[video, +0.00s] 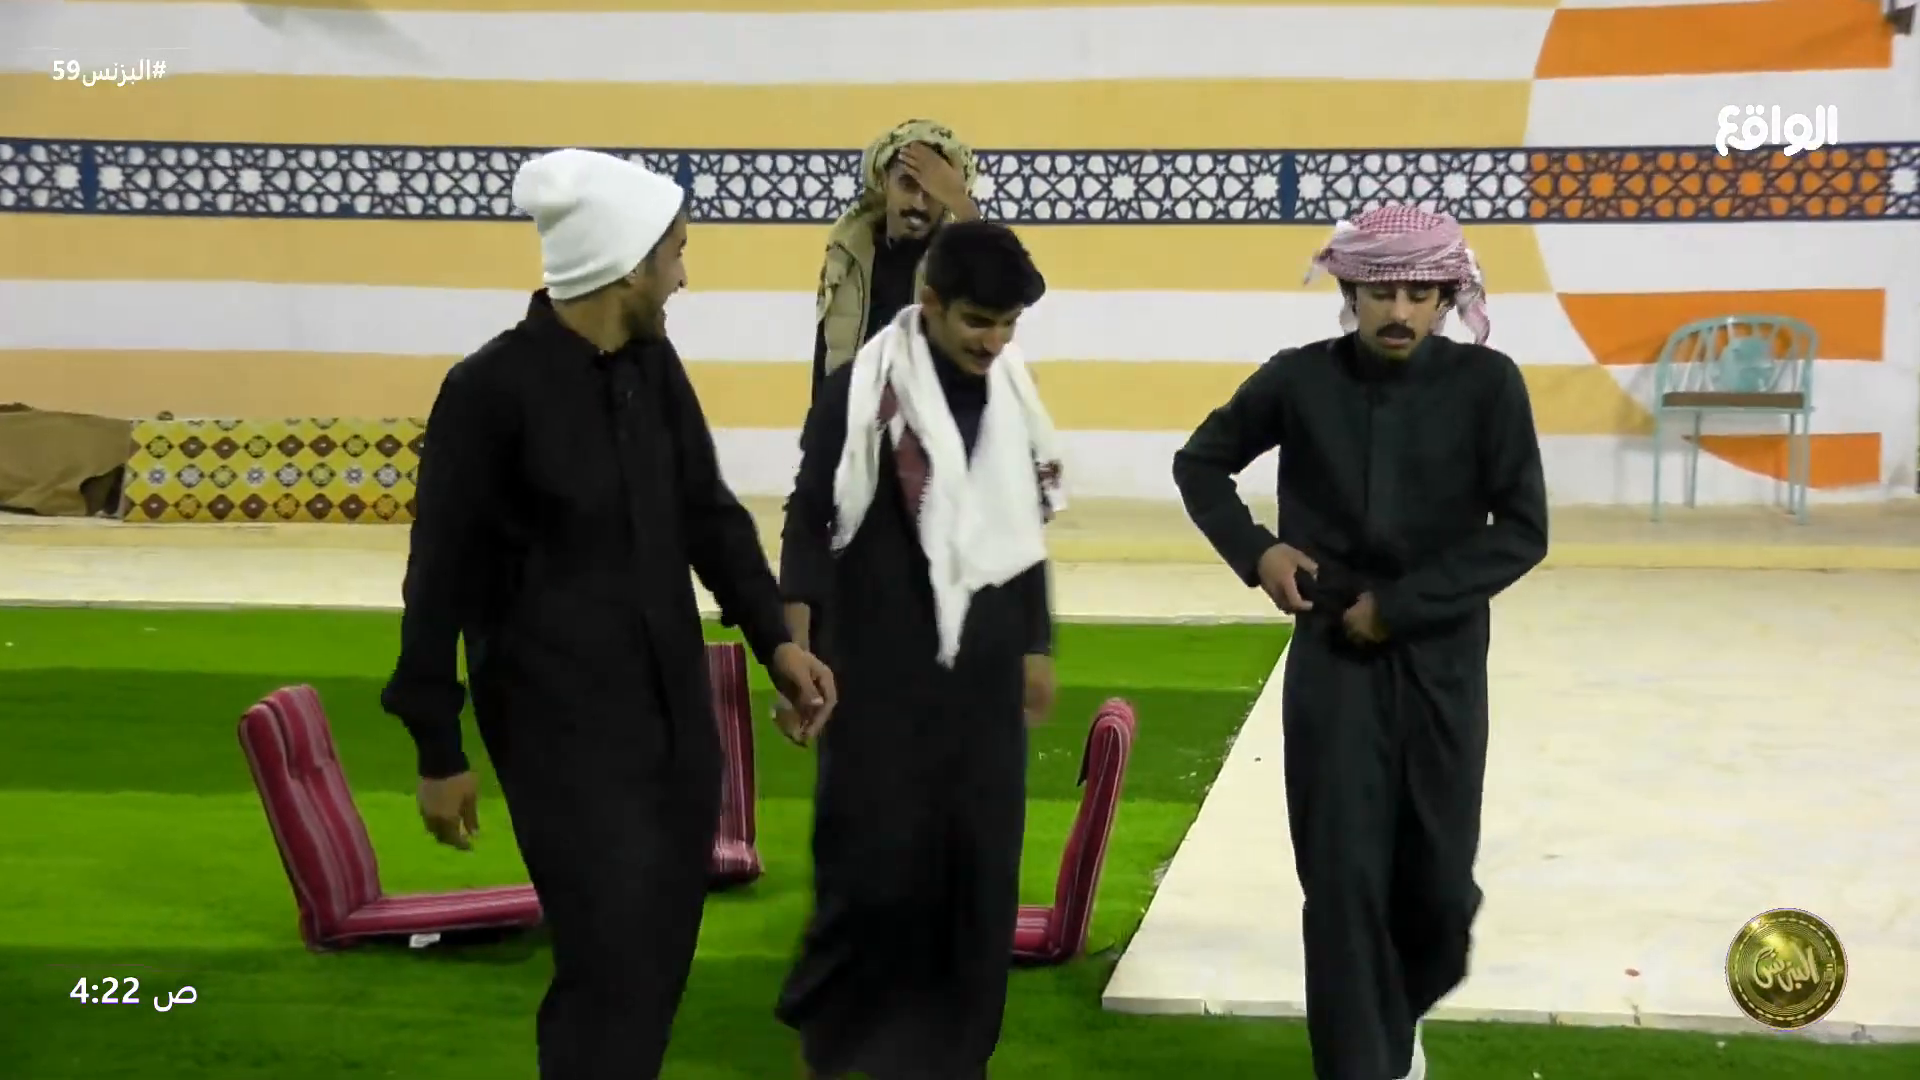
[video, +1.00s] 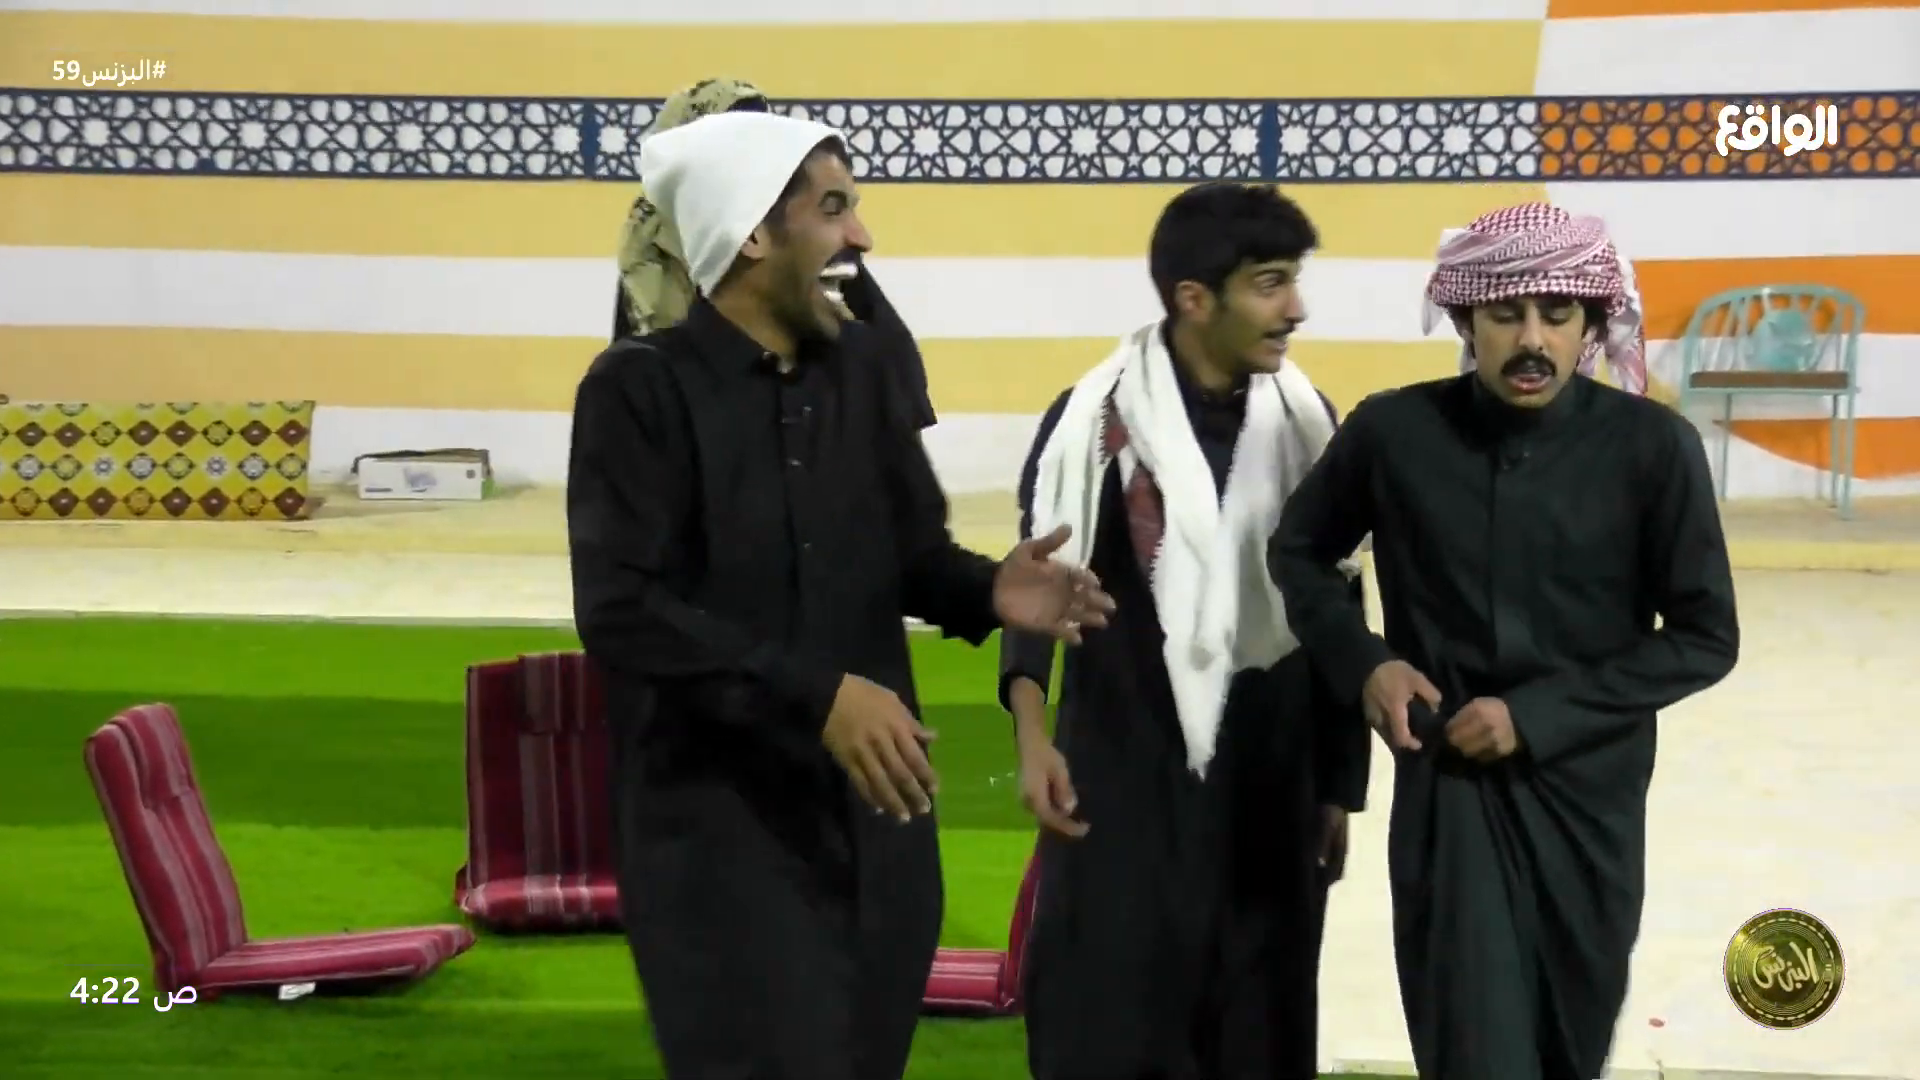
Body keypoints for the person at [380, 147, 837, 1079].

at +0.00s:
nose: (683, 276)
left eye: (681, 253)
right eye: (671, 254)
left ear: (615, 264)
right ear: (615, 263)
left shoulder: (651, 366)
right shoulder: (489, 390)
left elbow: (708, 511)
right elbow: (435, 579)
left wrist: (777, 638)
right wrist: (438, 752)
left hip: (673, 720)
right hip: (560, 731)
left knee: (660, 969)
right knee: (607, 974)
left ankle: (620, 1073)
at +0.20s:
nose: (663, 237)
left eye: (657, 218)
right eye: (651, 221)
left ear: (592, 247)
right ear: (610, 246)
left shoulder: (596, 363)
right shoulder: (495, 379)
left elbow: (643, 531)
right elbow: (471, 591)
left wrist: (746, 640)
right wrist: (510, 771)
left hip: (674, 734)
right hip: (580, 749)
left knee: (755, 946)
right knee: (592, 1009)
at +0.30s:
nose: (654, 237)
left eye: (650, 216)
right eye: (645, 218)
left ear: (582, 238)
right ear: (606, 237)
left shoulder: (573, 362)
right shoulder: (504, 372)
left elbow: (627, 554)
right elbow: (538, 590)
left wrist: (733, 646)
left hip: (650, 735)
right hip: (565, 767)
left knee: (787, 945)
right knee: (596, 1012)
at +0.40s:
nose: (661, 238)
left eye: (656, 214)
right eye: (651, 216)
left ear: (590, 240)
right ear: (608, 237)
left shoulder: (578, 363)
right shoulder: (517, 374)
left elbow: (639, 566)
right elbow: (581, 592)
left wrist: (742, 646)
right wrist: (731, 672)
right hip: (575, 805)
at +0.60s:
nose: (715, 254)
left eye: (710, 229)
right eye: (704, 228)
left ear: (639, 250)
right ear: (658, 245)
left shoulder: (655, 372)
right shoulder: (552, 387)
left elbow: (693, 546)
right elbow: (635, 592)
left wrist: (850, 603)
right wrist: (840, 605)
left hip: (691, 799)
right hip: (593, 817)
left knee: (736, 1030)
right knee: (598, 1042)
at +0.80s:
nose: (818, 268)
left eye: (816, 238)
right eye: (802, 239)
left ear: (738, 253)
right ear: (732, 250)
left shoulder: (787, 383)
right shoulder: (598, 394)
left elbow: (829, 567)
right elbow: (654, 617)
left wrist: (931, 610)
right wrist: (861, 660)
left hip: (799, 849)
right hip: (650, 857)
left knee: (803, 1059)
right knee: (654, 1059)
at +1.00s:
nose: (859, 234)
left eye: (851, 204)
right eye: (830, 207)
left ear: (765, 238)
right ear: (751, 236)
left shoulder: (862, 362)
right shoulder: (636, 389)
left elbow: (911, 554)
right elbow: (619, 616)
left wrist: (991, 588)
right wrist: (821, 694)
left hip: (871, 825)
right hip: (714, 837)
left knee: (863, 1055)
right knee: (756, 1057)